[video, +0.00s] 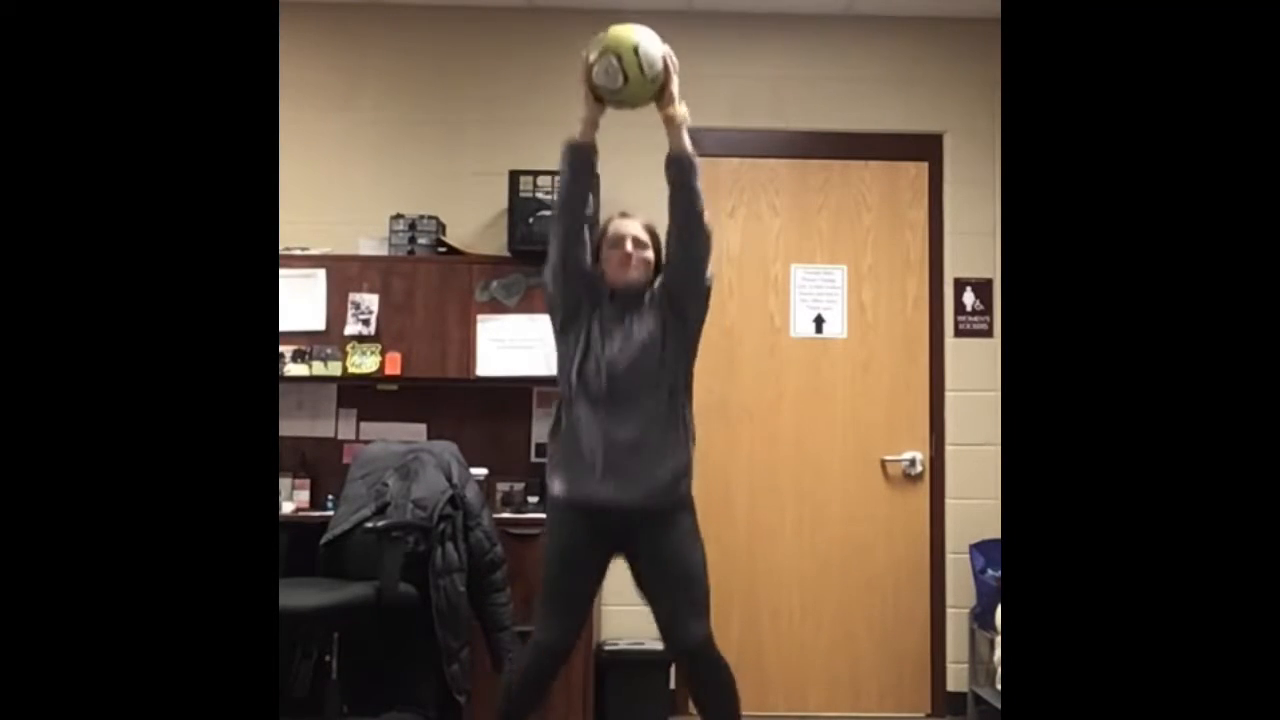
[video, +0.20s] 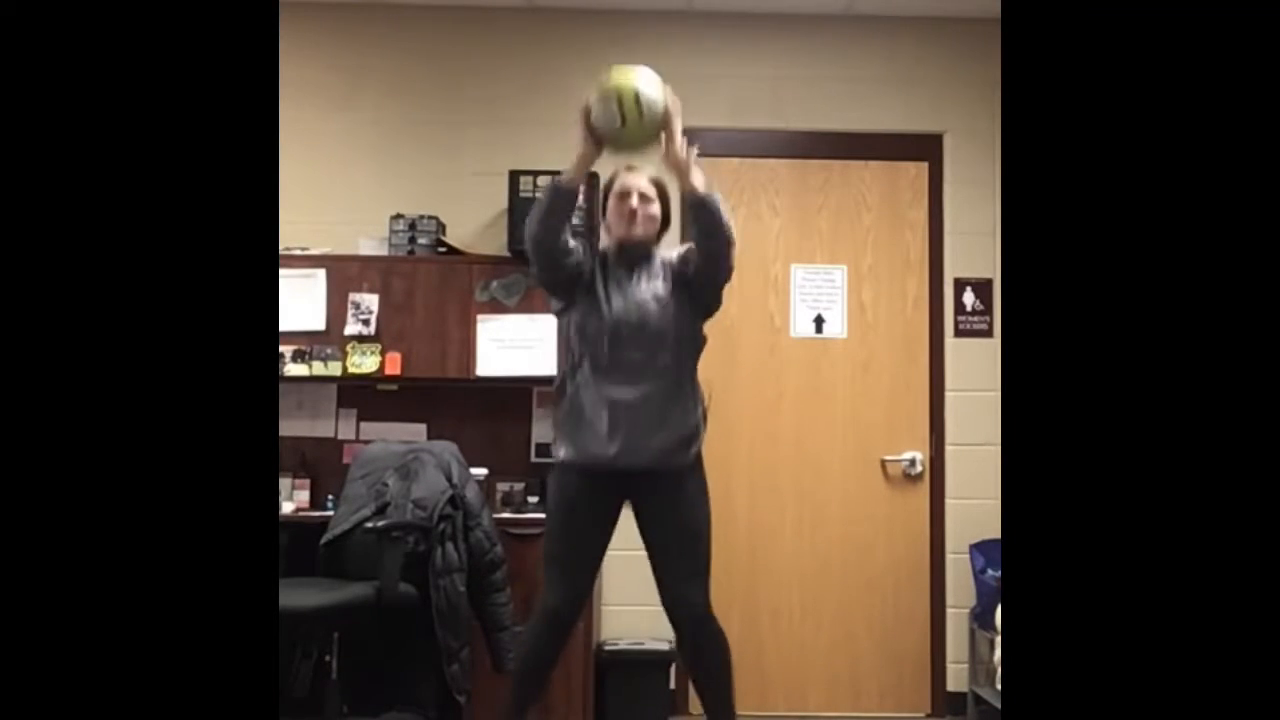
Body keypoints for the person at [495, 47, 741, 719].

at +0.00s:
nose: (632, 249)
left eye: (642, 242)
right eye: (619, 242)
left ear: (657, 261)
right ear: (595, 260)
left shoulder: (676, 315)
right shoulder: (577, 314)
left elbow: (691, 231)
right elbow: (570, 221)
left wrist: (676, 124)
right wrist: (589, 117)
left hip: (660, 507)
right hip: (579, 507)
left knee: (693, 645)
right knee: (549, 647)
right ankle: (504, 714)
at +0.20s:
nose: (636, 202)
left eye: (648, 196)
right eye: (623, 195)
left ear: (664, 218)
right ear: (603, 214)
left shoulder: (683, 277)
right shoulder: (579, 274)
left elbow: (716, 253)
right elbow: (540, 240)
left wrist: (687, 172)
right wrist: (581, 160)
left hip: (669, 461)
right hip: (586, 461)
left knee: (691, 610)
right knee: (557, 607)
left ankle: (722, 716)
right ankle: (516, 709)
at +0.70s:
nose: (640, 185)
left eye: (652, 174)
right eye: (627, 173)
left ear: (672, 180)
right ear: (605, 180)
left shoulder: (684, 249)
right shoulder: (584, 251)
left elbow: (725, 294)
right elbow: (545, 298)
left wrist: (687, 252)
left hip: (672, 448)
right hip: (593, 448)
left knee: (670, 593)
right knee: (582, 593)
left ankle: (674, 704)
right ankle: (576, 708)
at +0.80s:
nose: (643, 197)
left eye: (654, 190)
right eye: (629, 189)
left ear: (671, 207)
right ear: (611, 205)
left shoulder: (694, 268)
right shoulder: (587, 264)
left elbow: (723, 211)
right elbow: (557, 211)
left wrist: (686, 126)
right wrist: (596, 120)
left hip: (672, 446)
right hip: (594, 444)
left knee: (686, 599)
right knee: (567, 603)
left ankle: (704, 706)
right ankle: (539, 708)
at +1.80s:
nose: (633, 192)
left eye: (643, 185)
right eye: (621, 184)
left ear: (659, 201)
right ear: (601, 197)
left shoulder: (676, 262)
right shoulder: (575, 255)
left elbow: (712, 259)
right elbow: (536, 260)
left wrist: (678, 181)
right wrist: (578, 180)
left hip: (662, 442)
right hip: (582, 442)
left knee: (668, 594)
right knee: (574, 589)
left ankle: (681, 712)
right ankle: (553, 711)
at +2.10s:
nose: (631, 242)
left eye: (643, 236)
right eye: (619, 233)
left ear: (659, 256)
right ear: (596, 254)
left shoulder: (678, 316)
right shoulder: (577, 314)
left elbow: (695, 237)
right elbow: (564, 226)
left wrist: (674, 132)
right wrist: (589, 129)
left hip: (664, 509)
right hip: (581, 508)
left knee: (695, 650)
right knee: (551, 647)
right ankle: (505, 714)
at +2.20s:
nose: (635, 203)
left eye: (647, 197)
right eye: (622, 195)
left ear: (664, 216)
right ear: (603, 212)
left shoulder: (684, 277)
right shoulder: (580, 272)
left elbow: (715, 250)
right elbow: (541, 244)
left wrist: (685, 169)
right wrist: (581, 160)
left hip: (668, 461)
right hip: (586, 460)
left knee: (690, 609)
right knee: (558, 605)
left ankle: (723, 716)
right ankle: (514, 712)